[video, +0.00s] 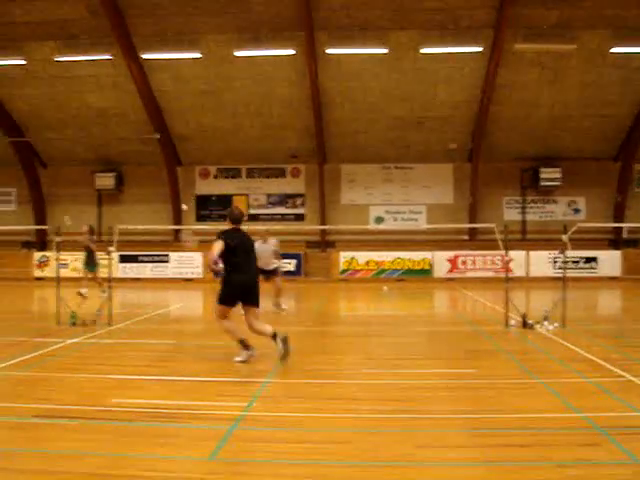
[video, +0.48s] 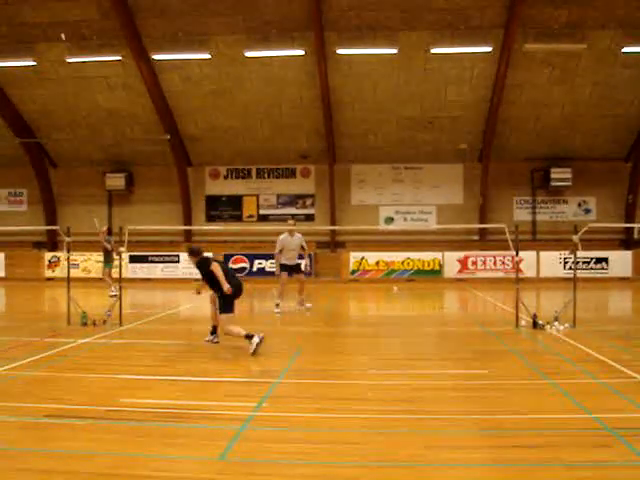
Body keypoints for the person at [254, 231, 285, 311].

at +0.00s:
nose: (264, 236)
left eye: (266, 234)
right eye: (262, 234)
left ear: (269, 234)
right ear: (260, 235)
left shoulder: (273, 243)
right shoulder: (256, 245)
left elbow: (277, 254)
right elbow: (254, 256)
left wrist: (279, 261)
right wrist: (254, 266)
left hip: (272, 266)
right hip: (260, 266)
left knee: (278, 286)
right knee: (253, 285)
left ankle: (277, 303)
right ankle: (251, 304)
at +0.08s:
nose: (276, 234)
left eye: (277, 232)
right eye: (274, 232)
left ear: (280, 233)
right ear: (271, 233)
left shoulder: (285, 241)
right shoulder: (267, 243)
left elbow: (288, 254)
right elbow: (265, 255)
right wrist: (263, 264)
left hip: (282, 266)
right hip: (270, 266)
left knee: (288, 285)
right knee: (265, 284)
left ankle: (285, 301)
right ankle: (258, 301)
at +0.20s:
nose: (283, 228)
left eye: (285, 226)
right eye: (282, 226)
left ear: (288, 227)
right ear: (279, 227)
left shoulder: (292, 237)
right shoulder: (275, 239)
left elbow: (297, 247)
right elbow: (271, 253)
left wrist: (297, 259)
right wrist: (268, 267)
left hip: (289, 263)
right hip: (278, 263)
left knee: (291, 283)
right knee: (274, 282)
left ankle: (287, 302)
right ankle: (268, 303)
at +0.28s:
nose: (283, 228)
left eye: (285, 225)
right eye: (282, 225)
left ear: (288, 226)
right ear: (279, 227)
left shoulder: (293, 236)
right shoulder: (276, 238)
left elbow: (298, 247)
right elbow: (272, 252)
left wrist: (298, 259)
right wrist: (269, 265)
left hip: (290, 262)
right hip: (279, 262)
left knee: (292, 283)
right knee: (277, 281)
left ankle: (287, 301)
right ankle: (271, 303)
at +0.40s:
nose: (286, 226)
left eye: (288, 224)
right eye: (285, 224)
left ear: (291, 224)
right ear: (282, 225)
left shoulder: (296, 234)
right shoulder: (278, 236)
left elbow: (302, 246)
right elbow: (275, 250)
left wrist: (302, 258)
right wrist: (274, 264)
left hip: (293, 259)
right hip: (282, 260)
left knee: (296, 278)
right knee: (282, 279)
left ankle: (293, 299)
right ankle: (278, 302)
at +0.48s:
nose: (290, 228)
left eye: (292, 225)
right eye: (289, 225)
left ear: (295, 227)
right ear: (286, 227)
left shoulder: (299, 237)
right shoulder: (282, 238)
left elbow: (305, 250)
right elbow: (277, 253)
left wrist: (307, 262)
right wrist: (277, 266)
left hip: (295, 262)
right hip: (284, 262)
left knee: (302, 279)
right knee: (283, 280)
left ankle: (301, 301)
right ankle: (278, 302)